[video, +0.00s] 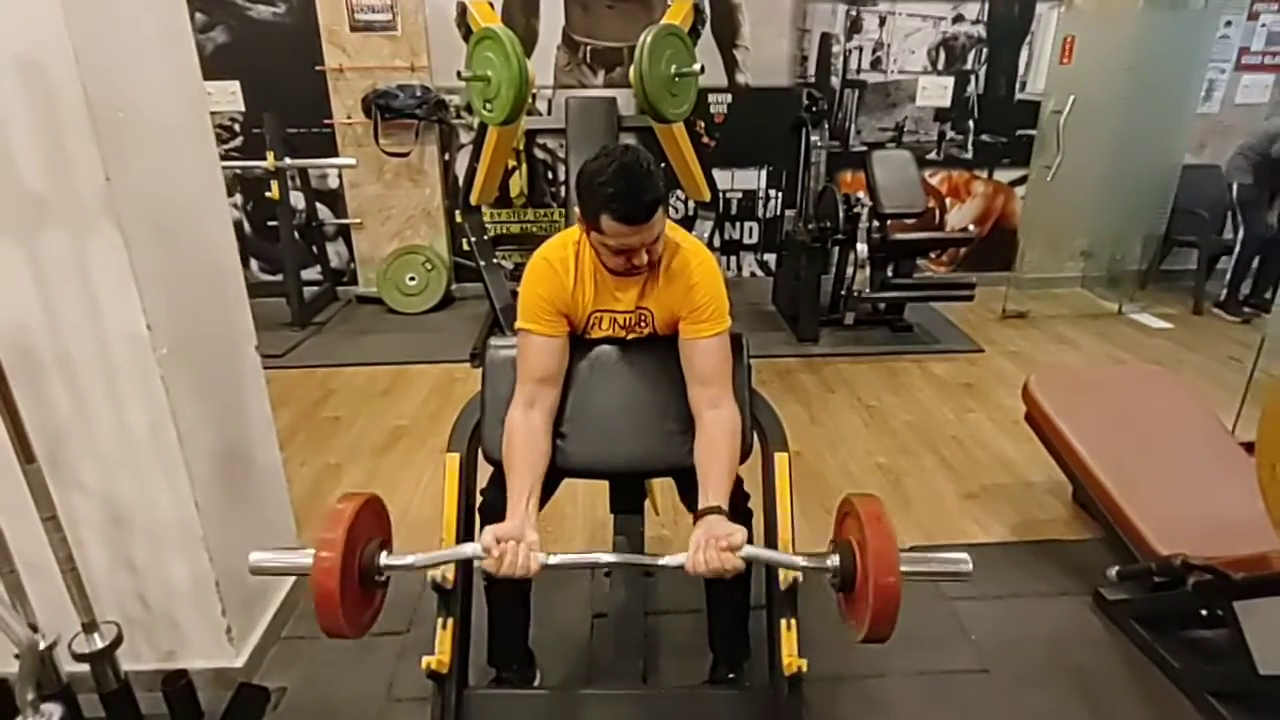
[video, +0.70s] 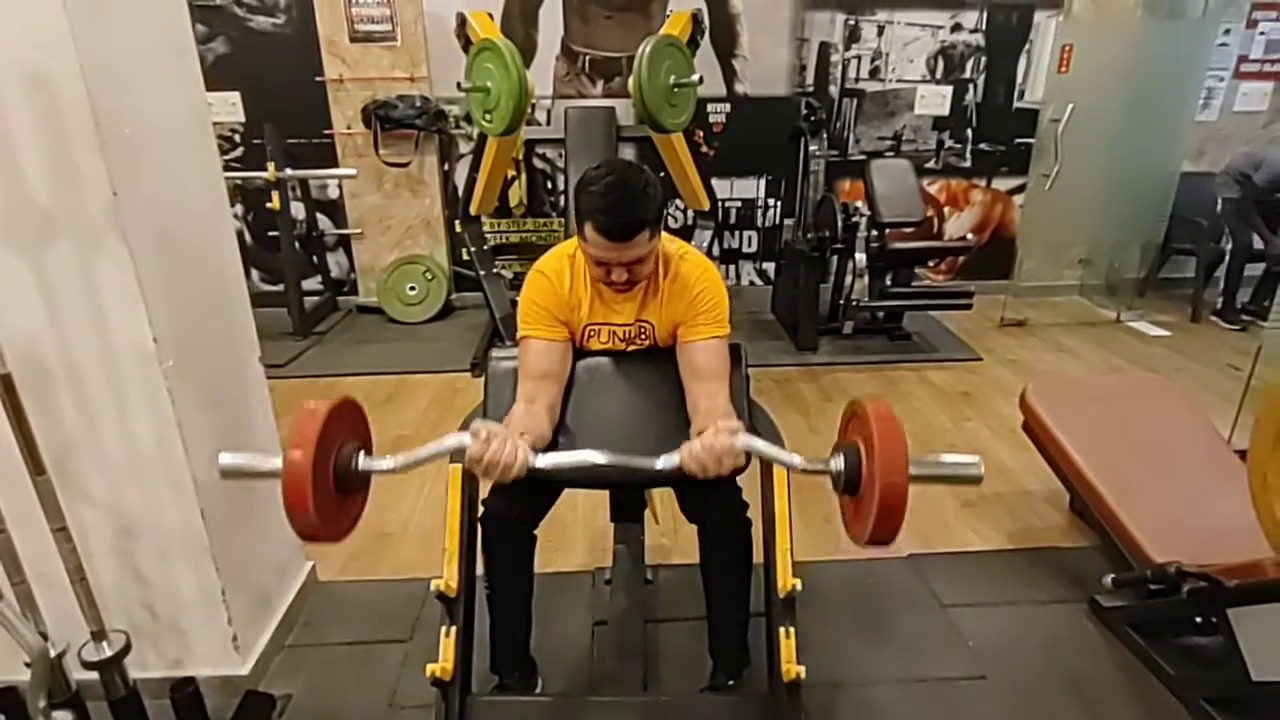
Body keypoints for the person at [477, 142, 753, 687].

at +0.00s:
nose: (641, 260)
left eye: (651, 243)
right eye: (621, 249)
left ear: (663, 215)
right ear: (587, 227)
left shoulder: (693, 269)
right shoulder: (550, 269)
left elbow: (714, 400)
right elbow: (534, 399)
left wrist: (713, 512)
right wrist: (518, 516)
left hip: (669, 405)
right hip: (573, 403)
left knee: (731, 514)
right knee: (496, 512)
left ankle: (729, 671)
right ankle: (511, 672)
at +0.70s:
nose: (619, 276)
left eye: (635, 261)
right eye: (603, 262)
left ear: (658, 233)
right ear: (580, 235)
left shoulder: (696, 279)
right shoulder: (550, 278)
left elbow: (712, 398)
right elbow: (535, 398)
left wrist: (715, 441)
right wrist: (512, 441)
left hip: (666, 414)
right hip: (576, 412)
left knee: (723, 507)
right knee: (504, 514)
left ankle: (729, 674)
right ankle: (513, 677)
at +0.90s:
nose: (614, 278)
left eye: (630, 265)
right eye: (598, 265)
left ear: (655, 236)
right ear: (578, 236)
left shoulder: (696, 279)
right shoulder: (550, 281)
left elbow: (712, 397)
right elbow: (539, 426)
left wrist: (715, 408)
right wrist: (514, 417)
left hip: (669, 424)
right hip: (575, 423)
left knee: (726, 515)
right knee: (504, 517)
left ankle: (731, 674)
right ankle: (515, 678)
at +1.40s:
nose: (615, 261)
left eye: (630, 243)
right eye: (597, 245)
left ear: (655, 224)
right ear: (577, 231)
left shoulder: (690, 277)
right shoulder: (555, 281)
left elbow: (708, 427)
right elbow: (540, 431)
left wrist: (706, 322)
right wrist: (525, 321)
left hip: (668, 418)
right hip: (576, 418)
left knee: (724, 515)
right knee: (505, 519)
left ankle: (730, 680)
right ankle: (515, 680)